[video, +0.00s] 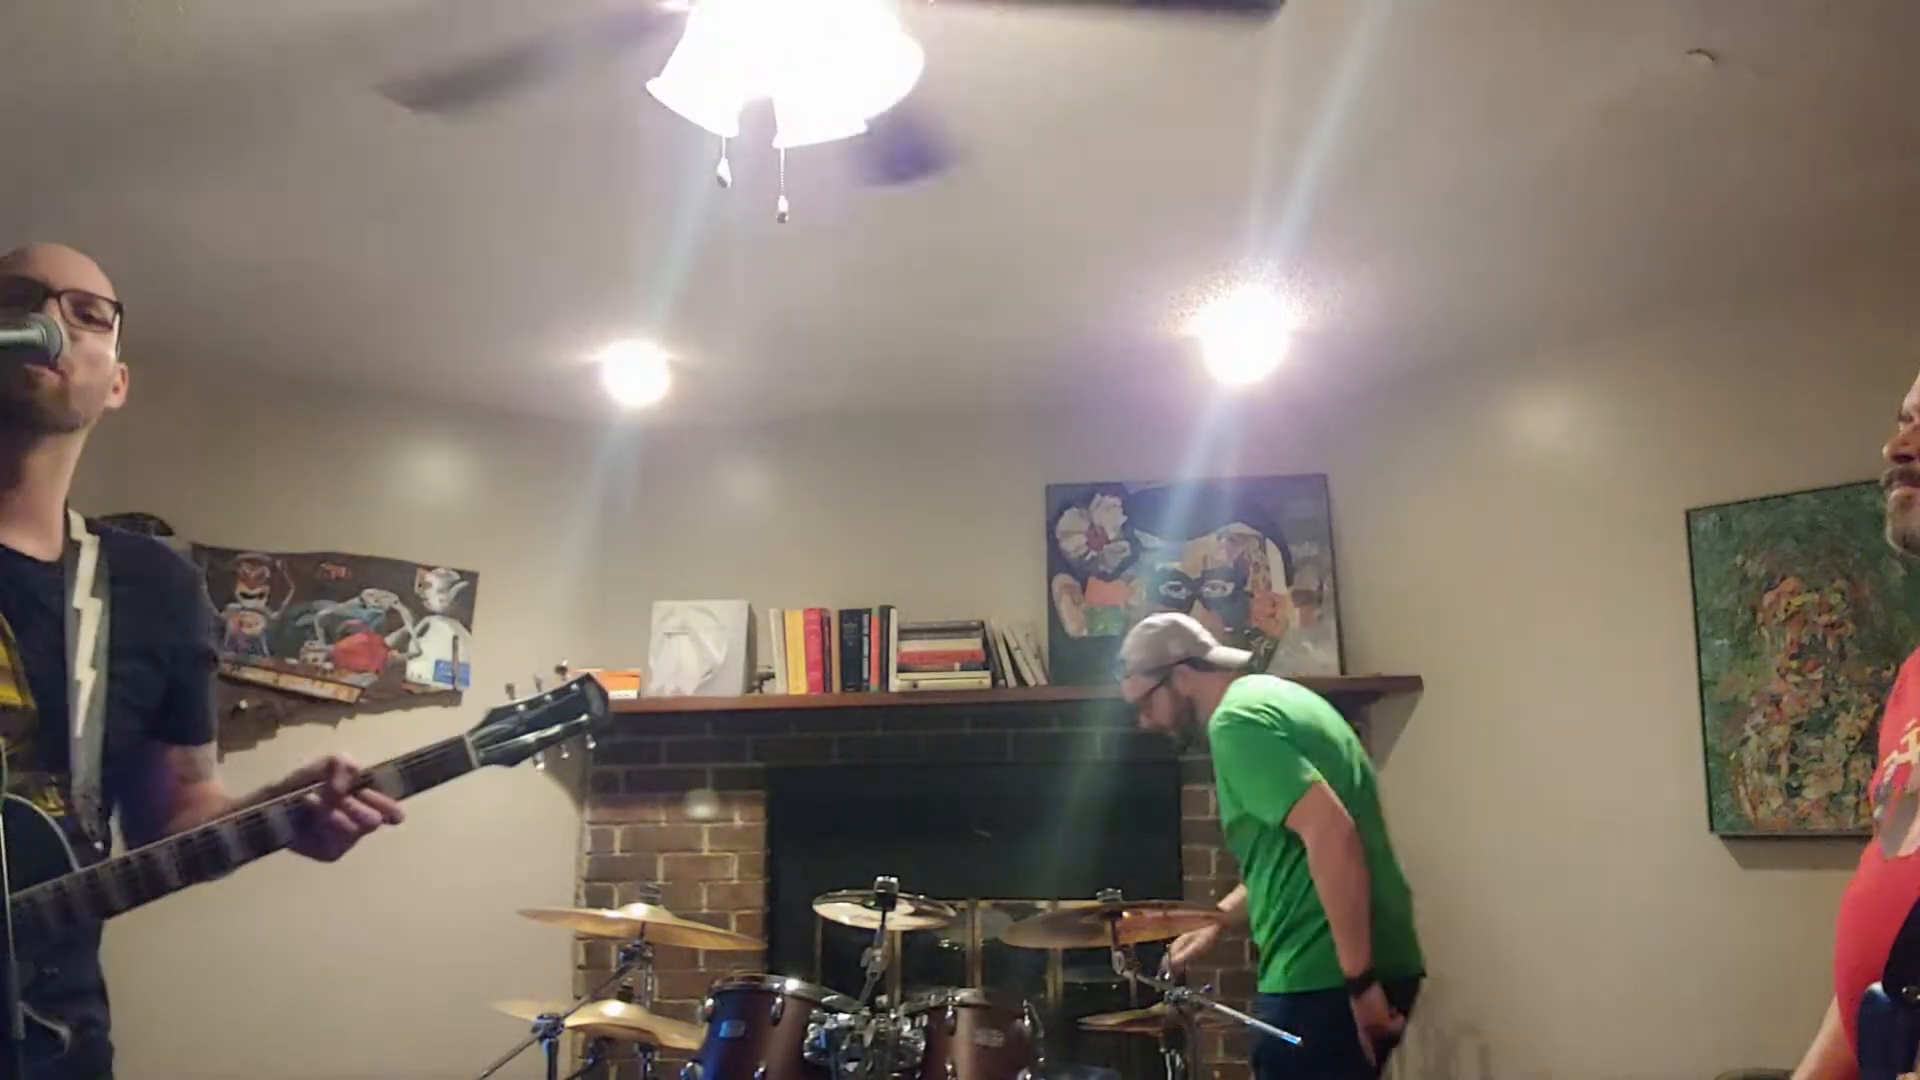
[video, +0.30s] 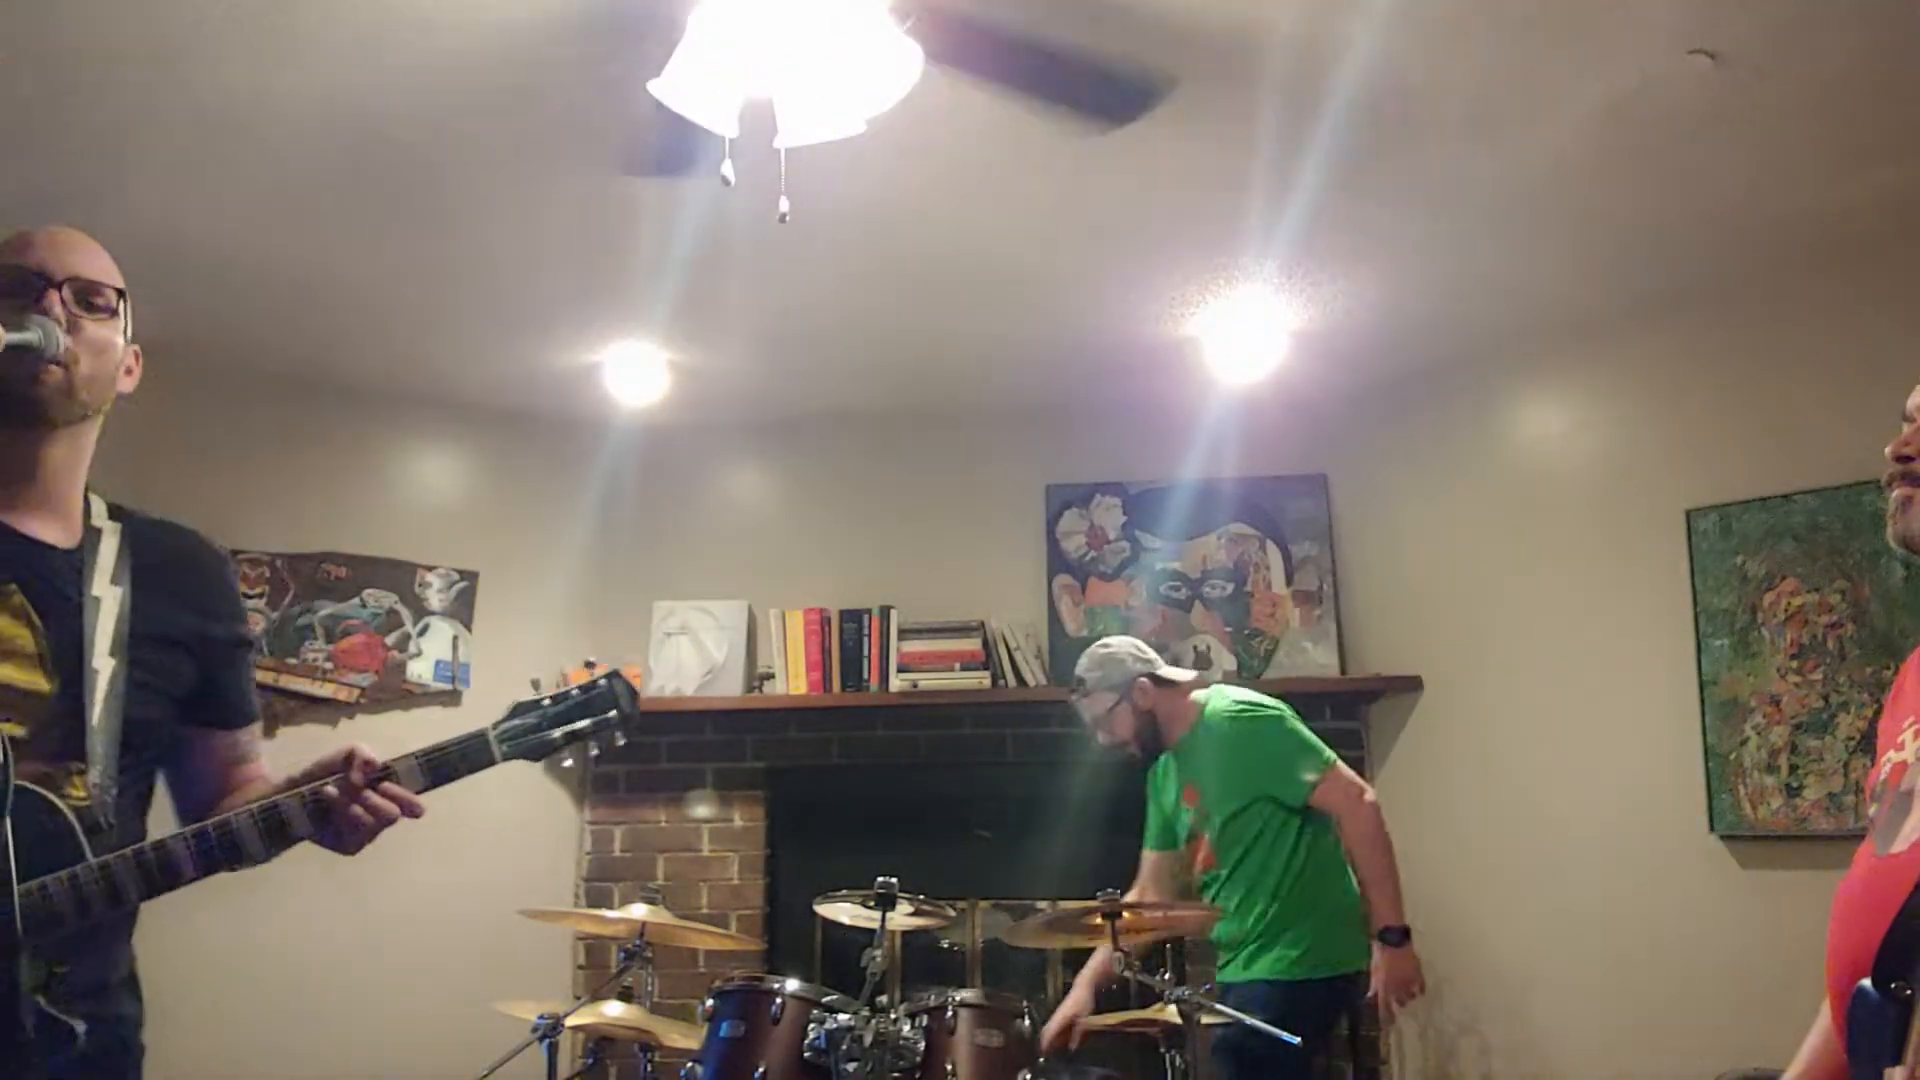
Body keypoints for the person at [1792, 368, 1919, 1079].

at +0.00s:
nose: (1900, 444)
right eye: (1902, 423)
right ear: (1894, 439)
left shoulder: (1910, 674)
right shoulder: (1909, 675)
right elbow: (1887, 898)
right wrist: (1818, 1066)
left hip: (1903, 1052)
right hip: (1873, 1050)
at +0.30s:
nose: (1898, 446)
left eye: (1919, 420)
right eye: (1903, 422)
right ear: (1899, 446)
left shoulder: (1909, 677)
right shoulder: (1908, 678)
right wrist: (1803, 1069)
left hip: (1899, 1052)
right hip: (1862, 1046)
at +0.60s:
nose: (1889, 451)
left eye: (1918, 425)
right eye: (1892, 426)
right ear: (1888, 443)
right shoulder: (1907, 674)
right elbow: (1876, 898)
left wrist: (1811, 1062)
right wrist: (1807, 1064)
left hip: (1901, 1052)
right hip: (1856, 1046)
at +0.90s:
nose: (1876, 456)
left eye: (1910, 429)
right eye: (1879, 433)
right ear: (1876, 448)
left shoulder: (1907, 674)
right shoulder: (1904, 675)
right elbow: (1875, 893)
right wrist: (1812, 1063)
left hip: (1902, 1053)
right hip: (1858, 1045)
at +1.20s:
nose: (1870, 461)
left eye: (1905, 432)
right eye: (1875, 437)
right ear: (1873, 452)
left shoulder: (1908, 674)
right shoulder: (1905, 676)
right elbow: (1880, 903)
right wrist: (1817, 1062)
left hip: (1904, 1051)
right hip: (1861, 1044)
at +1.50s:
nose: (1869, 465)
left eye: (1905, 435)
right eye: (1875, 438)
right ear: (1874, 450)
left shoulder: (1908, 674)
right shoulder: (1905, 677)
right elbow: (1877, 910)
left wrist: (1820, 1061)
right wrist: (1814, 1065)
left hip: (1902, 1051)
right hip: (1863, 1047)